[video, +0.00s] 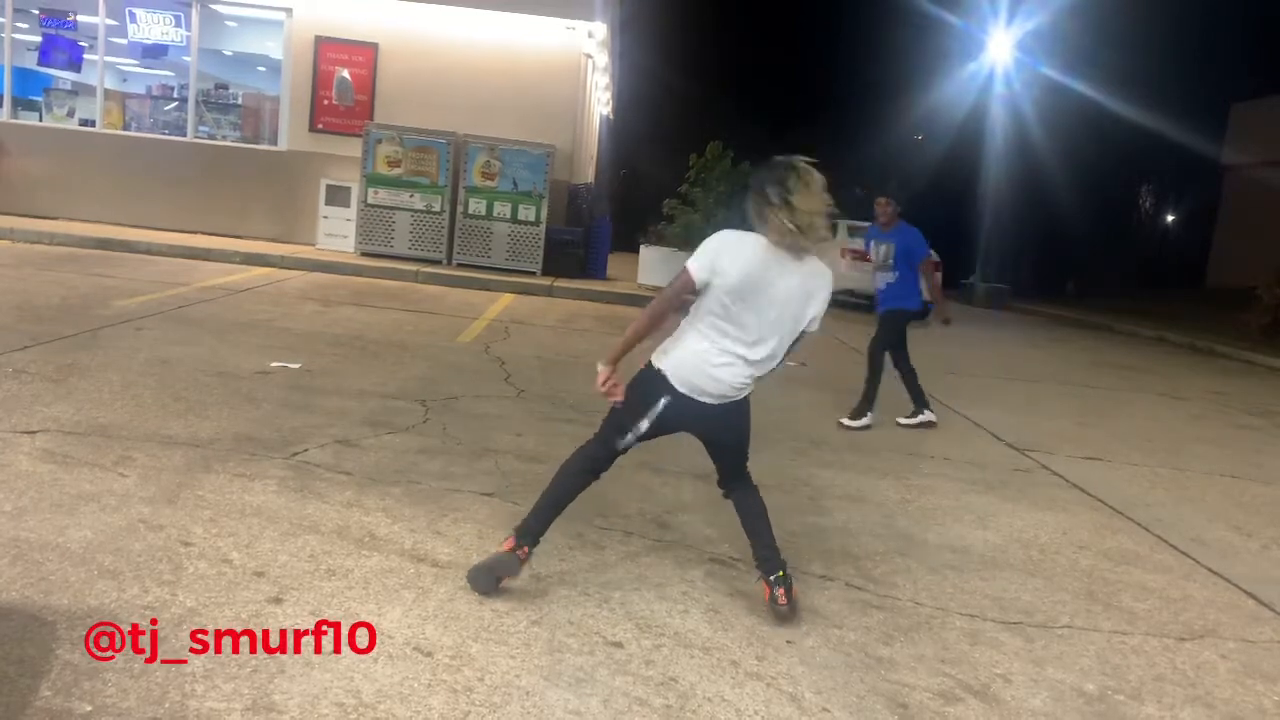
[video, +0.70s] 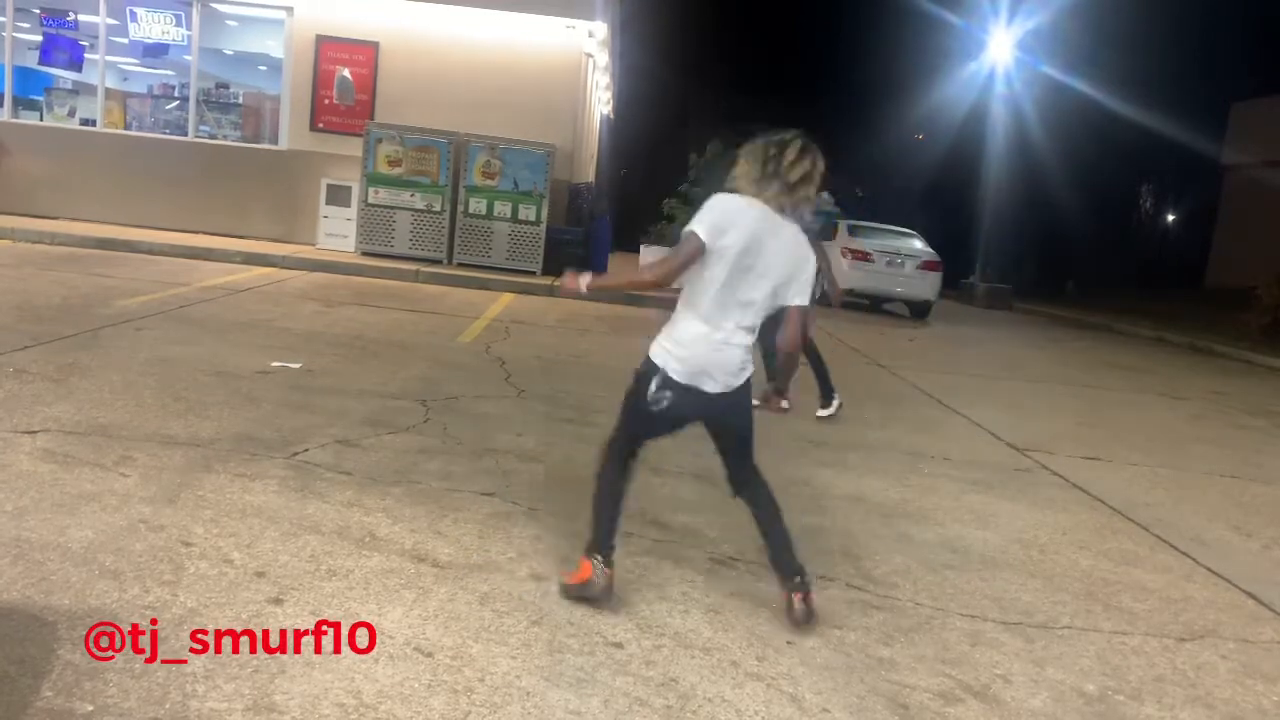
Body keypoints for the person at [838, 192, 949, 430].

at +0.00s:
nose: (882, 210)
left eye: (887, 206)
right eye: (879, 206)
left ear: (896, 209)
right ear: (874, 209)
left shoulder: (910, 235)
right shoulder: (873, 233)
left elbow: (929, 271)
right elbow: (875, 258)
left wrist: (941, 307)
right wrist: (855, 255)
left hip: (905, 305)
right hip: (886, 304)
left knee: (875, 348)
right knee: (901, 360)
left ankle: (864, 411)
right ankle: (923, 409)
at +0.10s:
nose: (870, 207)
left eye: (875, 202)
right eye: (867, 202)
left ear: (885, 206)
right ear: (862, 206)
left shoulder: (898, 233)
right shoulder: (861, 230)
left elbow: (917, 269)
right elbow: (865, 258)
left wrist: (925, 304)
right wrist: (852, 256)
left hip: (891, 301)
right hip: (871, 300)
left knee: (870, 354)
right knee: (870, 355)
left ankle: (863, 411)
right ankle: (910, 396)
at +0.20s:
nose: (857, 201)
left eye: (862, 196)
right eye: (853, 196)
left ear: (872, 198)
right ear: (849, 198)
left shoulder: (884, 226)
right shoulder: (848, 224)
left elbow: (897, 266)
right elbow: (849, 253)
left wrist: (900, 305)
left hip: (879, 299)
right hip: (856, 297)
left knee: (867, 350)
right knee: (845, 349)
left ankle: (864, 409)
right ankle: (878, 389)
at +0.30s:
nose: (835, 204)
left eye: (840, 199)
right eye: (831, 199)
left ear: (850, 201)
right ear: (826, 200)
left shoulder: (865, 229)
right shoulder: (828, 227)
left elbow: (878, 270)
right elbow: (827, 261)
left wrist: (875, 309)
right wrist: (821, 290)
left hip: (861, 304)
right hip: (836, 302)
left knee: (855, 352)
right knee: (812, 342)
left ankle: (865, 411)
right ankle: (813, 397)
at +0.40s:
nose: (818, 205)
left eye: (824, 201)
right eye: (816, 200)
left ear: (835, 203)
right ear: (814, 203)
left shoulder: (847, 229)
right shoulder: (815, 228)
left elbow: (865, 270)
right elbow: (820, 264)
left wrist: (865, 312)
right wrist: (816, 289)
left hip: (846, 304)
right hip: (822, 302)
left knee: (847, 356)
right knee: (796, 342)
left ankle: (863, 411)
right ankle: (793, 397)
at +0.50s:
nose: (800, 188)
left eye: (805, 182)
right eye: (796, 183)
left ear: (815, 185)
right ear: (790, 186)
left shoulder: (827, 212)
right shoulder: (789, 212)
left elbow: (845, 249)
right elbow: (795, 249)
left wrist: (847, 289)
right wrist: (790, 282)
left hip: (824, 288)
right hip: (798, 287)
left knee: (829, 340)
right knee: (782, 337)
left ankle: (848, 398)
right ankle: (789, 392)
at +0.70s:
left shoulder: (802, 209)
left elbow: (815, 244)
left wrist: (832, 283)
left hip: (803, 277)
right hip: (775, 276)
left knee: (803, 337)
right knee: (765, 333)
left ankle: (829, 396)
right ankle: (776, 390)